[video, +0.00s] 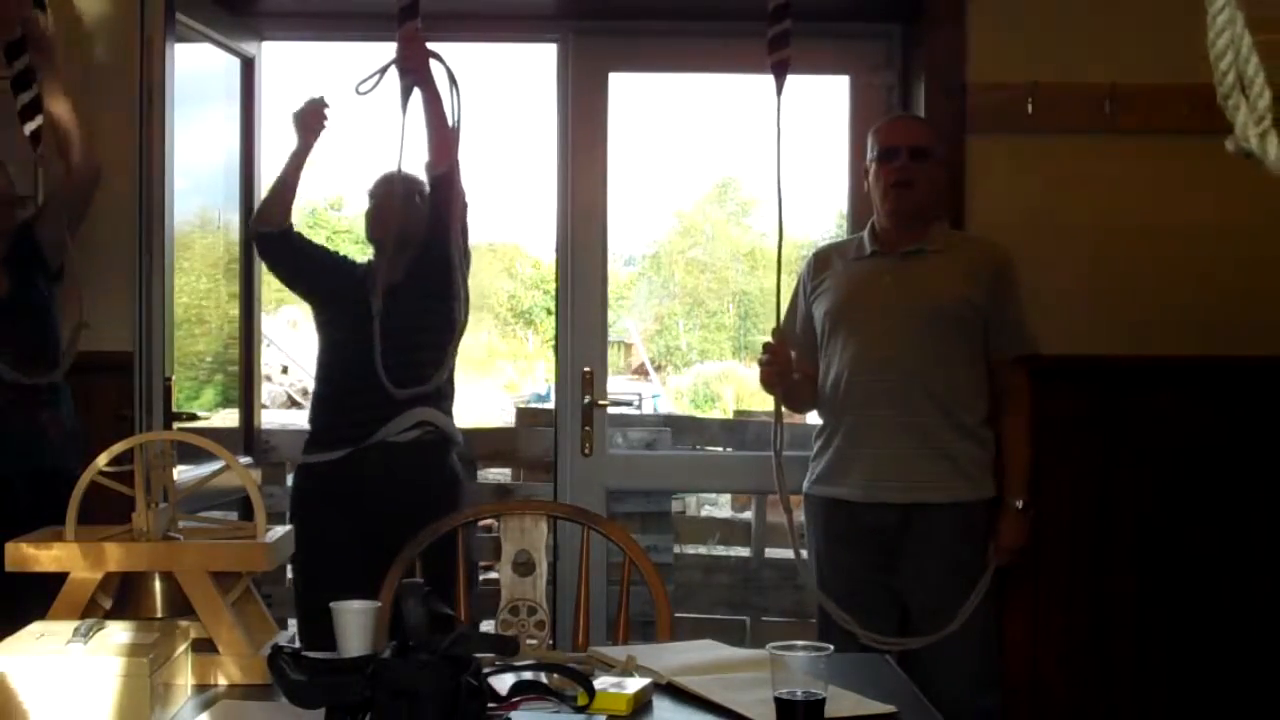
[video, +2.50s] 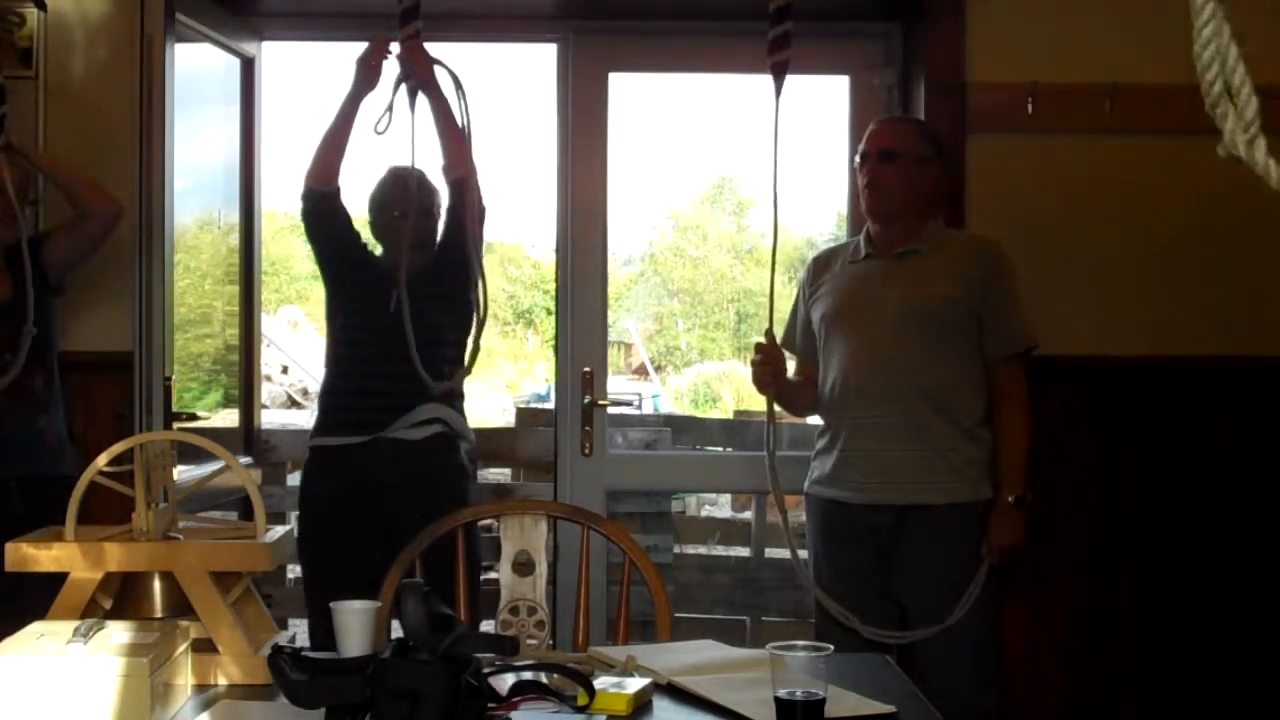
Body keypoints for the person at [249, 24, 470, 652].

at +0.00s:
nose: (389, 204)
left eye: (404, 197)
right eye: (379, 197)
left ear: (427, 218)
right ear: (367, 218)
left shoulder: (439, 280)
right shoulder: (339, 280)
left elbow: (444, 168)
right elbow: (268, 232)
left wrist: (423, 78)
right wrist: (302, 148)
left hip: (415, 473)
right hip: (332, 473)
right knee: (329, 646)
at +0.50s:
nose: (414, 191)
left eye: (427, 186)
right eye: (403, 186)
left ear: (446, 209)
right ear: (389, 211)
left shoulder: (457, 273)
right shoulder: (360, 266)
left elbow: (450, 174)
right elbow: (331, 183)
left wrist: (420, 82)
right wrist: (365, 86)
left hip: (430, 459)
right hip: (346, 459)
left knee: (441, 627)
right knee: (346, 634)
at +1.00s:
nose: (423, 199)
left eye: (437, 192)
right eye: (411, 193)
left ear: (454, 214)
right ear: (395, 216)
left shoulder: (463, 277)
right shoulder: (367, 271)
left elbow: (463, 176)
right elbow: (328, 187)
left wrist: (435, 83)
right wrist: (372, 100)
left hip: (440, 460)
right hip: (354, 461)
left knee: (452, 624)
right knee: (353, 629)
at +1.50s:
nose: (423, 209)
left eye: (435, 199)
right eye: (409, 200)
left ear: (452, 215)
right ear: (391, 217)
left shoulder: (466, 280)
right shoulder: (366, 275)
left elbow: (461, 173)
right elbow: (320, 197)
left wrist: (427, 83)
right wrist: (349, 105)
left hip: (446, 468)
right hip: (359, 464)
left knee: (453, 635)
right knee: (357, 636)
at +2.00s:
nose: (434, 204)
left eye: (446, 194)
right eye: (420, 194)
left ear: (461, 211)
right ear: (397, 211)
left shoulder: (469, 272)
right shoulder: (369, 265)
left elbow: (468, 169)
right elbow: (330, 180)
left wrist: (431, 78)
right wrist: (365, 84)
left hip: (442, 460)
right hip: (356, 458)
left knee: (452, 627)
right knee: (352, 631)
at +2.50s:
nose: (408, 213)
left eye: (418, 203)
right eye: (395, 202)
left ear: (435, 218)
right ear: (373, 220)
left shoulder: (453, 277)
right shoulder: (349, 272)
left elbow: (463, 182)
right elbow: (318, 188)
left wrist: (430, 86)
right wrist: (358, 93)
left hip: (429, 463)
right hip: (341, 463)